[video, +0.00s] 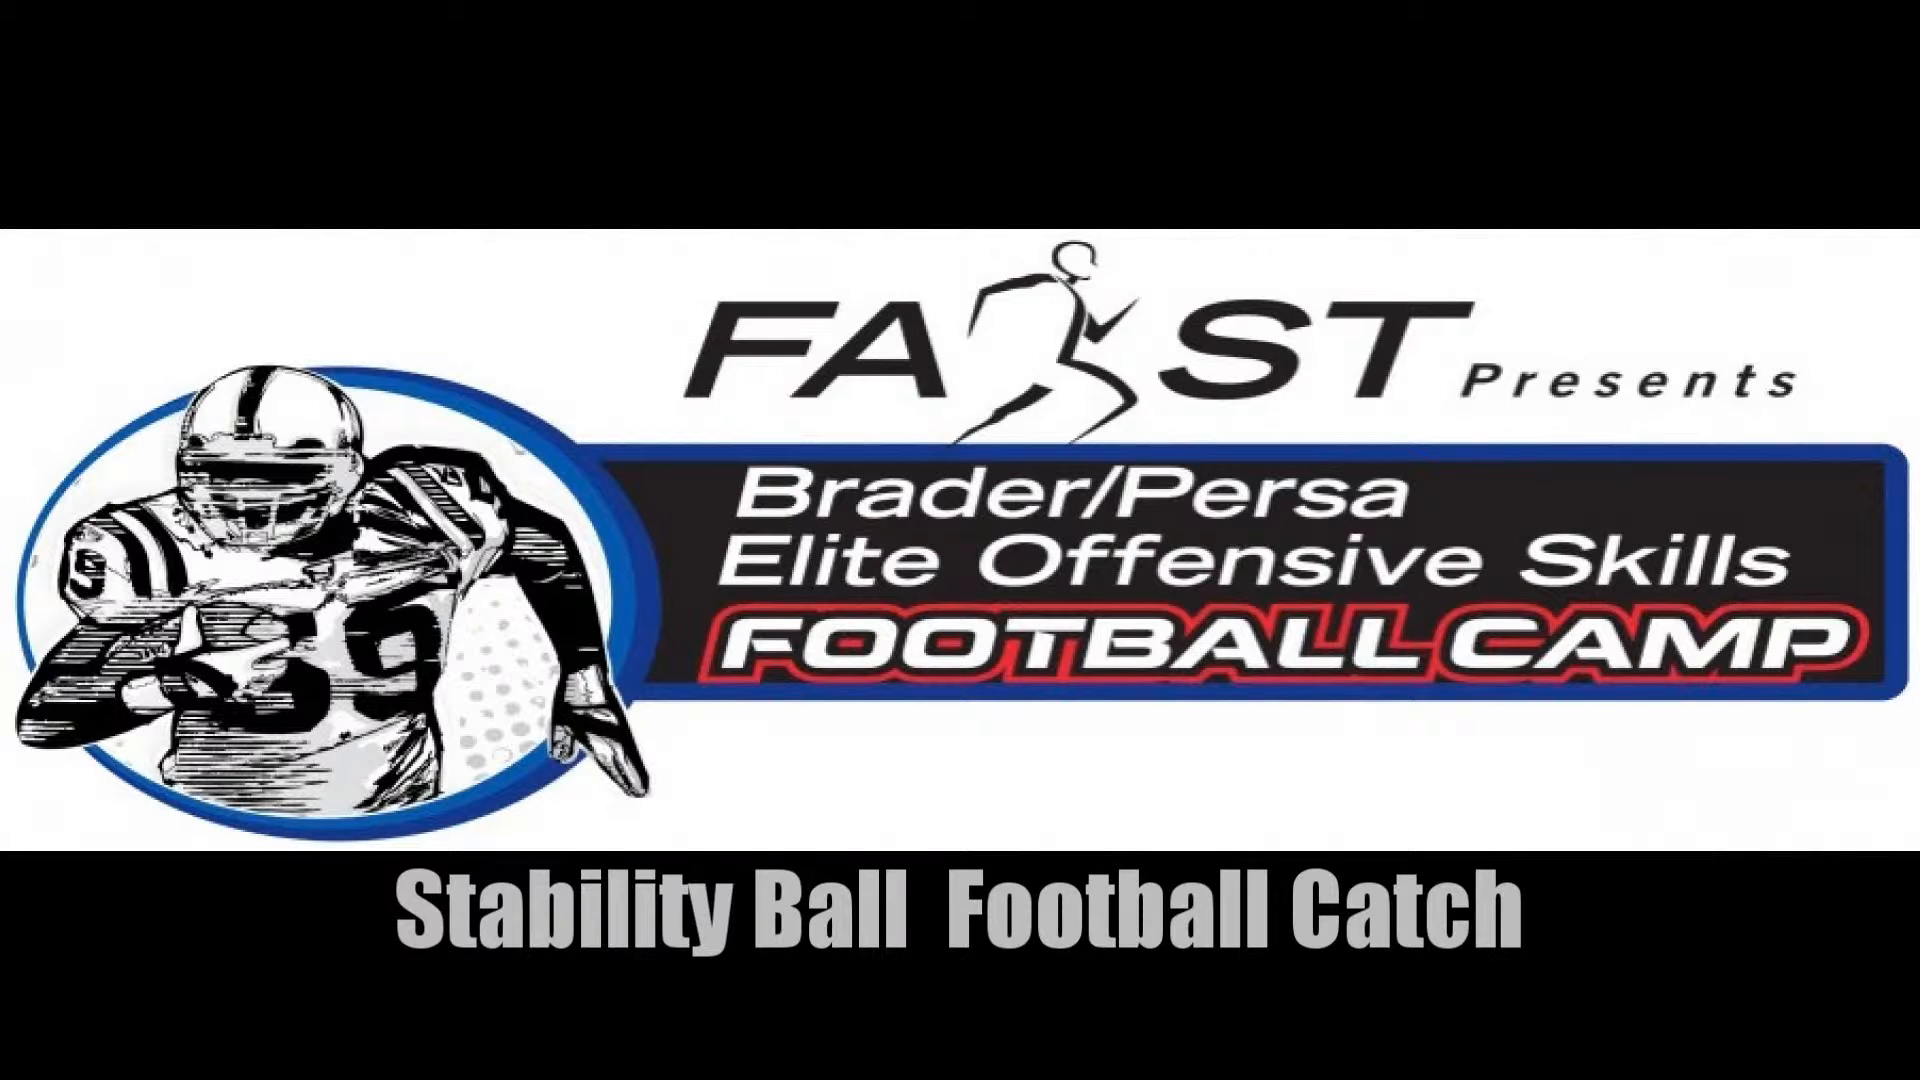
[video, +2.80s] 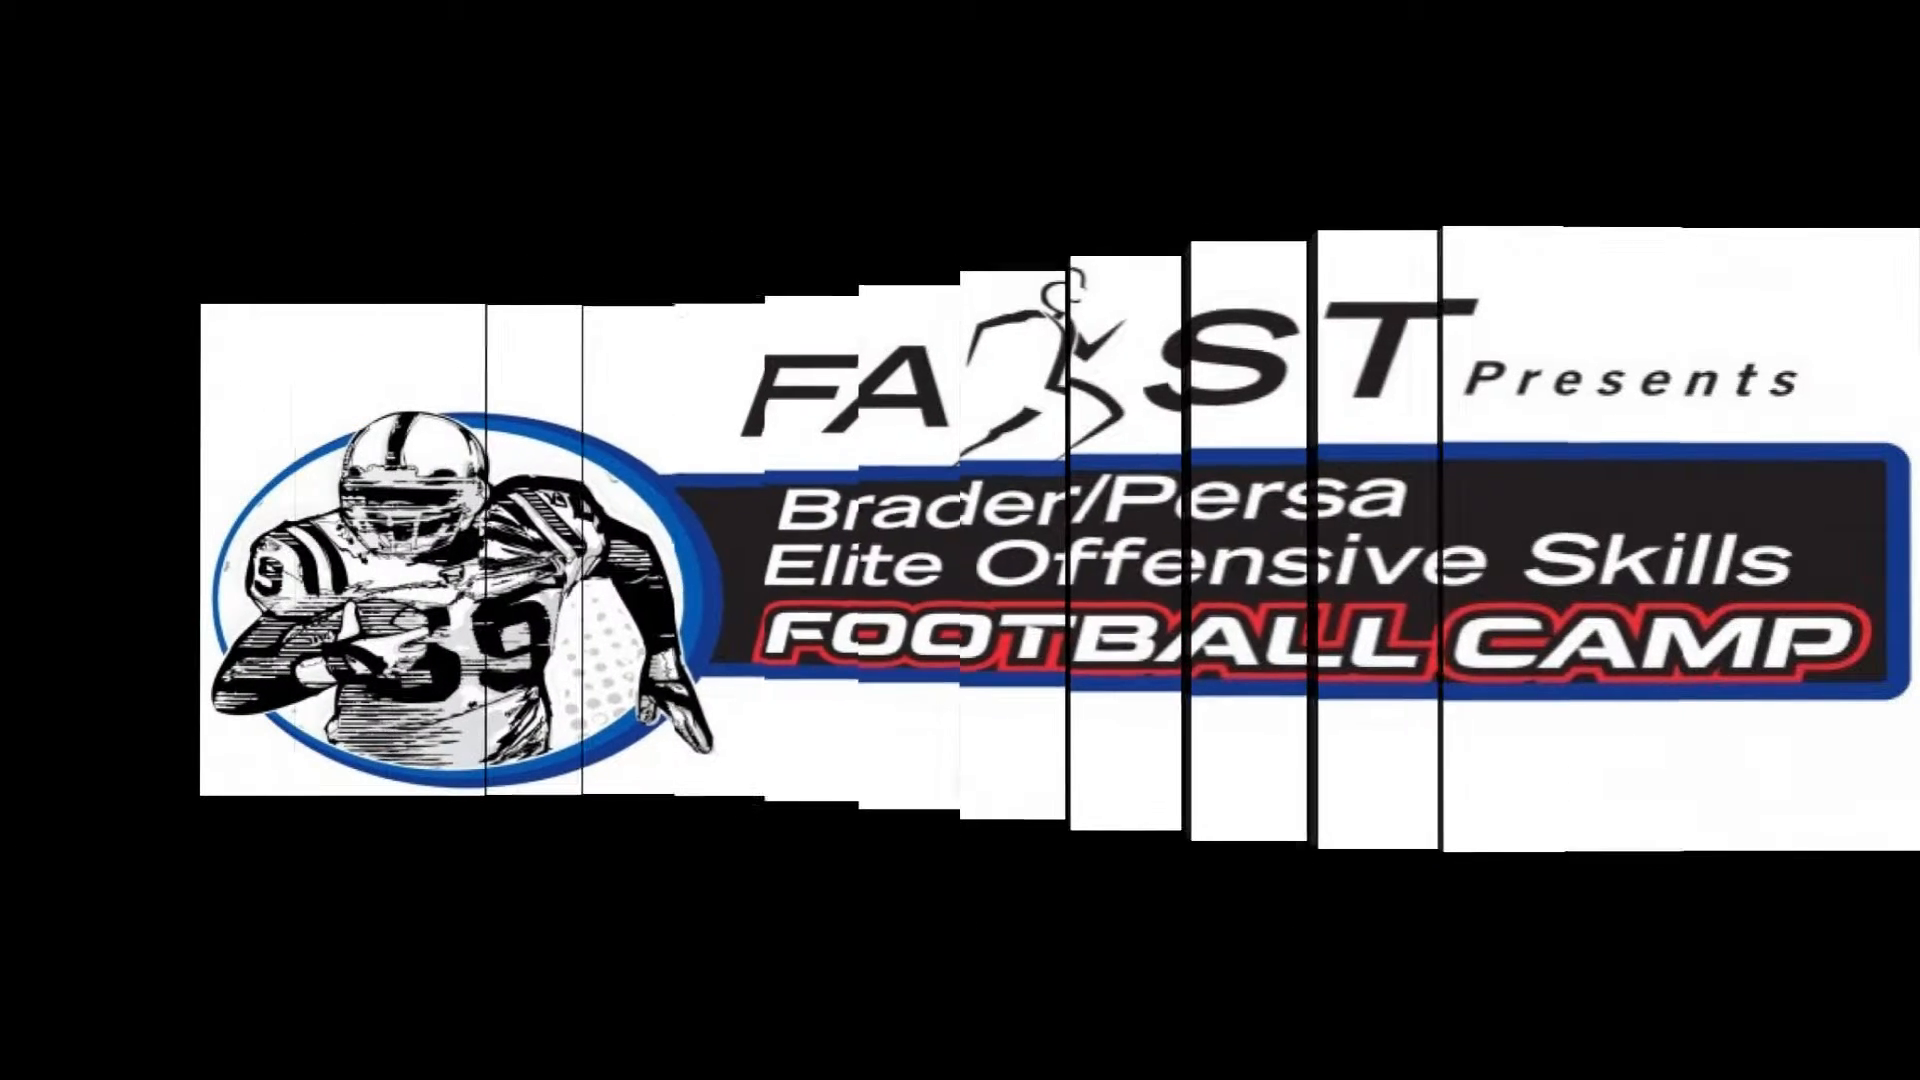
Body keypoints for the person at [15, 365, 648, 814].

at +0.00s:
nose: (248, 518)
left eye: (277, 496)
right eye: (227, 494)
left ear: (336, 482)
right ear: (194, 480)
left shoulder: (427, 510)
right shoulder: (140, 549)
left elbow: (544, 546)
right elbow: (43, 716)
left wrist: (585, 670)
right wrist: (178, 682)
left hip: (388, 811)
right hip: (219, 815)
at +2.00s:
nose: (251, 512)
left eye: (279, 490)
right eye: (228, 489)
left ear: (336, 478)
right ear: (192, 478)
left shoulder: (422, 506)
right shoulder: (139, 548)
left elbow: (544, 546)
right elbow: (40, 715)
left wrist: (584, 671)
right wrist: (170, 682)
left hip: (386, 811)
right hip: (217, 815)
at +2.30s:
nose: (269, 504)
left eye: (296, 484)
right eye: (250, 482)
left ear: (344, 476)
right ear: (224, 473)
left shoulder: (425, 505)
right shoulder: (186, 545)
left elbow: (543, 549)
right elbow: (117, 706)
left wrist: (583, 678)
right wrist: (223, 672)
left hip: (390, 803)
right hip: (245, 803)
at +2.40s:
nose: (320, 513)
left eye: (344, 492)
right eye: (303, 491)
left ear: (380, 478)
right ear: (278, 477)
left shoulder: (447, 511)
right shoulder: (247, 549)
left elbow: (550, 551)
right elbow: (182, 697)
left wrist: (584, 675)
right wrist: (277, 666)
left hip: (421, 794)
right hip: (297, 794)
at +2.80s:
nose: (402, 531)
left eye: (424, 513)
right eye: (383, 513)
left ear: (467, 501)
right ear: (355, 504)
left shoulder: (535, 524)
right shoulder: (314, 559)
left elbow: (633, 555)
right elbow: (233, 690)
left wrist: (663, 652)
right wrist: (337, 662)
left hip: (511, 764)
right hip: (376, 767)